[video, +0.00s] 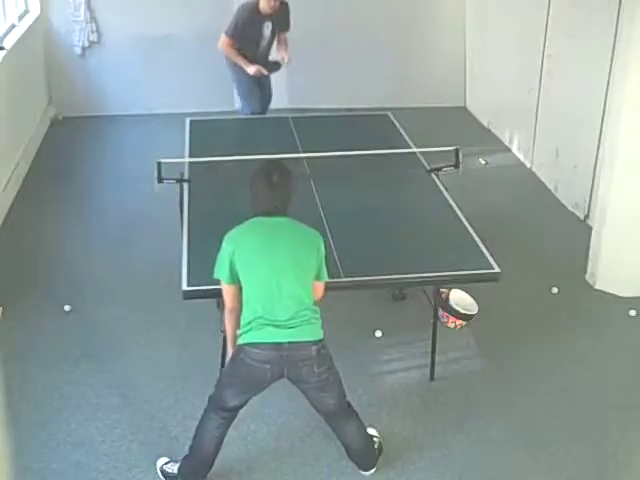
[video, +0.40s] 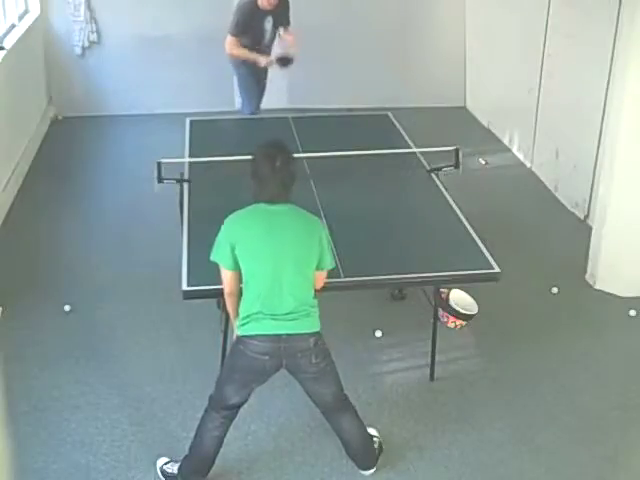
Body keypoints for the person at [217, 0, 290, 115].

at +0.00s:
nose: (274, 4)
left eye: (278, 1)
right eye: (271, 0)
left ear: (281, 2)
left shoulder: (283, 8)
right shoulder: (246, 11)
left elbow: (281, 34)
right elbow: (224, 44)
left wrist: (283, 52)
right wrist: (248, 66)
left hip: (262, 63)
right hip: (239, 62)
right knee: (251, 108)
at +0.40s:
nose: (272, 2)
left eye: (276, 1)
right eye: (269, 0)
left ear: (279, 1)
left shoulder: (283, 4)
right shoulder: (245, 6)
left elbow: (284, 31)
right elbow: (231, 47)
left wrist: (289, 47)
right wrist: (258, 58)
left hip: (264, 56)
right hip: (242, 55)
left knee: (254, 106)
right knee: (251, 106)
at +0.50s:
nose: (272, 2)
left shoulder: (281, 3)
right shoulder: (245, 5)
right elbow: (233, 43)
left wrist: (292, 30)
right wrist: (263, 42)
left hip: (264, 58)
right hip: (243, 57)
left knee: (255, 106)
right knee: (252, 107)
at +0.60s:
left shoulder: (279, 3)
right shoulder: (244, 5)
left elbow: (287, 15)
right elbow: (234, 41)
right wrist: (263, 34)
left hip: (266, 62)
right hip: (247, 62)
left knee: (255, 108)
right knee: (257, 108)